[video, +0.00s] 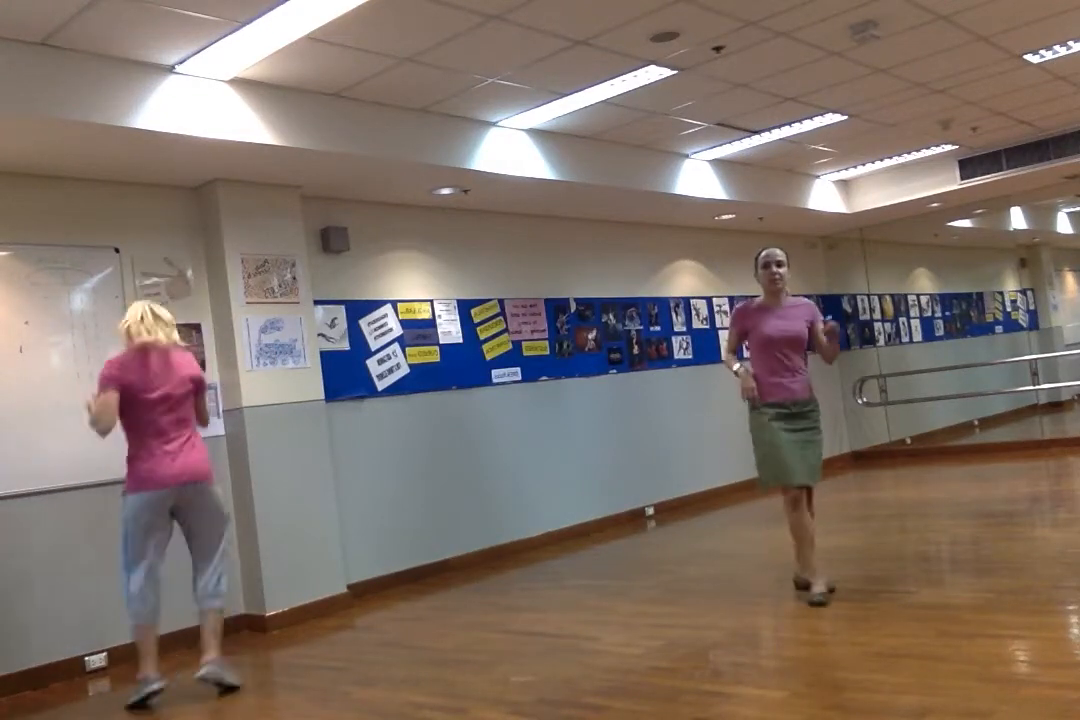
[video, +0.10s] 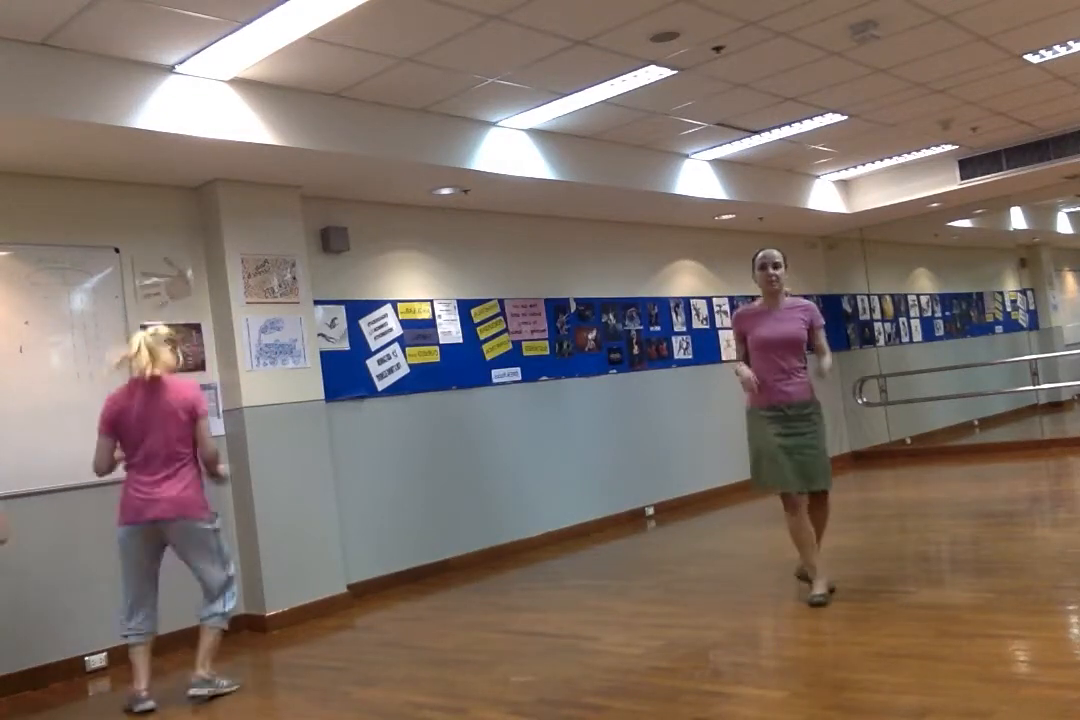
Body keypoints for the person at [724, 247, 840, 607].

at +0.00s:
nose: (775, 271)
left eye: (779, 265)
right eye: (767, 266)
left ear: (788, 271)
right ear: (757, 275)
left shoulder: (807, 309)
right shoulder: (746, 313)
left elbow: (829, 355)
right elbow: (730, 353)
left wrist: (825, 337)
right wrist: (742, 371)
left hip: (805, 409)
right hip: (769, 411)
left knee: (805, 496)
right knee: (794, 493)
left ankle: (802, 572)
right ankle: (815, 578)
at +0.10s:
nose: (771, 272)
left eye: (776, 266)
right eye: (764, 267)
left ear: (785, 272)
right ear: (755, 276)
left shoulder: (806, 310)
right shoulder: (743, 317)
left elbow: (823, 351)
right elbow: (740, 362)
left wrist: (825, 362)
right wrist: (742, 370)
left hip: (806, 411)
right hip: (766, 414)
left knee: (819, 495)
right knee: (792, 499)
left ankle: (808, 562)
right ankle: (817, 577)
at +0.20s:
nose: (766, 273)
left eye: (772, 267)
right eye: (759, 269)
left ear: (783, 273)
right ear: (751, 277)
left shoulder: (804, 311)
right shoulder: (742, 318)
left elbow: (820, 357)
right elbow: (746, 371)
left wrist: (820, 386)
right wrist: (739, 364)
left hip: (805, 412)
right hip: (764, 417)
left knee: (825, 499)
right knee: (790, 503)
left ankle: (824, 560)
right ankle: (817, 578)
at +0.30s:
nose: (757, 272)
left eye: (764, 265)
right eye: (751, 267)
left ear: (779, 272)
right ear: (746, 276)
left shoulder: (803, 310)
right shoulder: (740, 317)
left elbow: (819, 356)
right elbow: (737, 374)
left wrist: (819, 388)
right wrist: (735, 358)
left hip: (801, 413)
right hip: (762, 417)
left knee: (810, 497)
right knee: (787, 505)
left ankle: (835, 563)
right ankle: (817, 579)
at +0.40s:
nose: (748, 268)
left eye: (755, 261)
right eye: (744, 263)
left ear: (773, 266)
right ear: (741, 271)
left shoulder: (799, 306)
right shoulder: (735, 313)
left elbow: (820, 349)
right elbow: (730, 357)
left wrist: (815, 378)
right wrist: (726, 360)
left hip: (796, 408)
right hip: (759, 414)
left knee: (793, 494)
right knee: (786, 502)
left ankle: (830, 577)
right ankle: (816, 580)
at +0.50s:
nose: (741, 269)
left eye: (748, 262)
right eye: (738, 263)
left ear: (769, 267)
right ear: (738, 271)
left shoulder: (794, 306)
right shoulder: (733, 314)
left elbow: (820, 349)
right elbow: (731, 364)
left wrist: (810, 379)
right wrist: (721, 381)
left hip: (790, 408)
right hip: (755, 414)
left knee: (793, 498)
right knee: (785, 502)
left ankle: (819, 588)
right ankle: (818, 587)